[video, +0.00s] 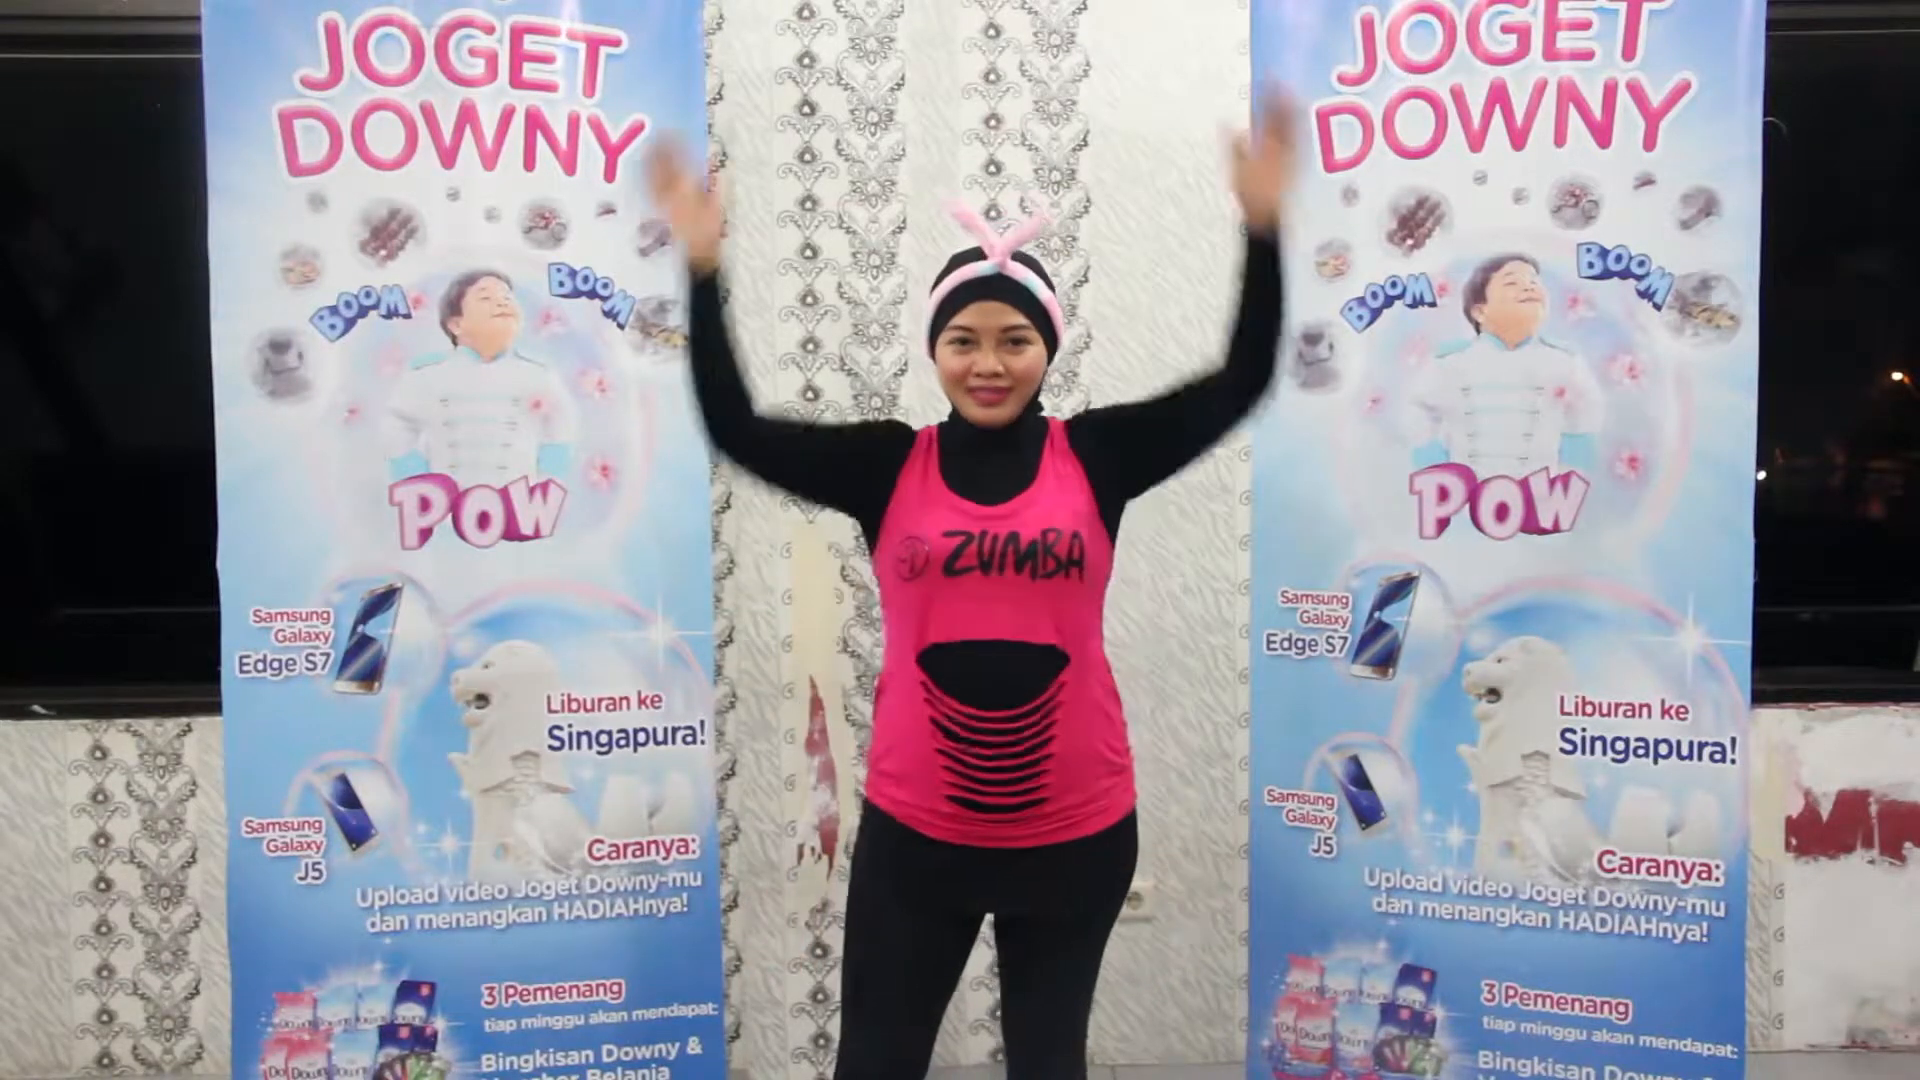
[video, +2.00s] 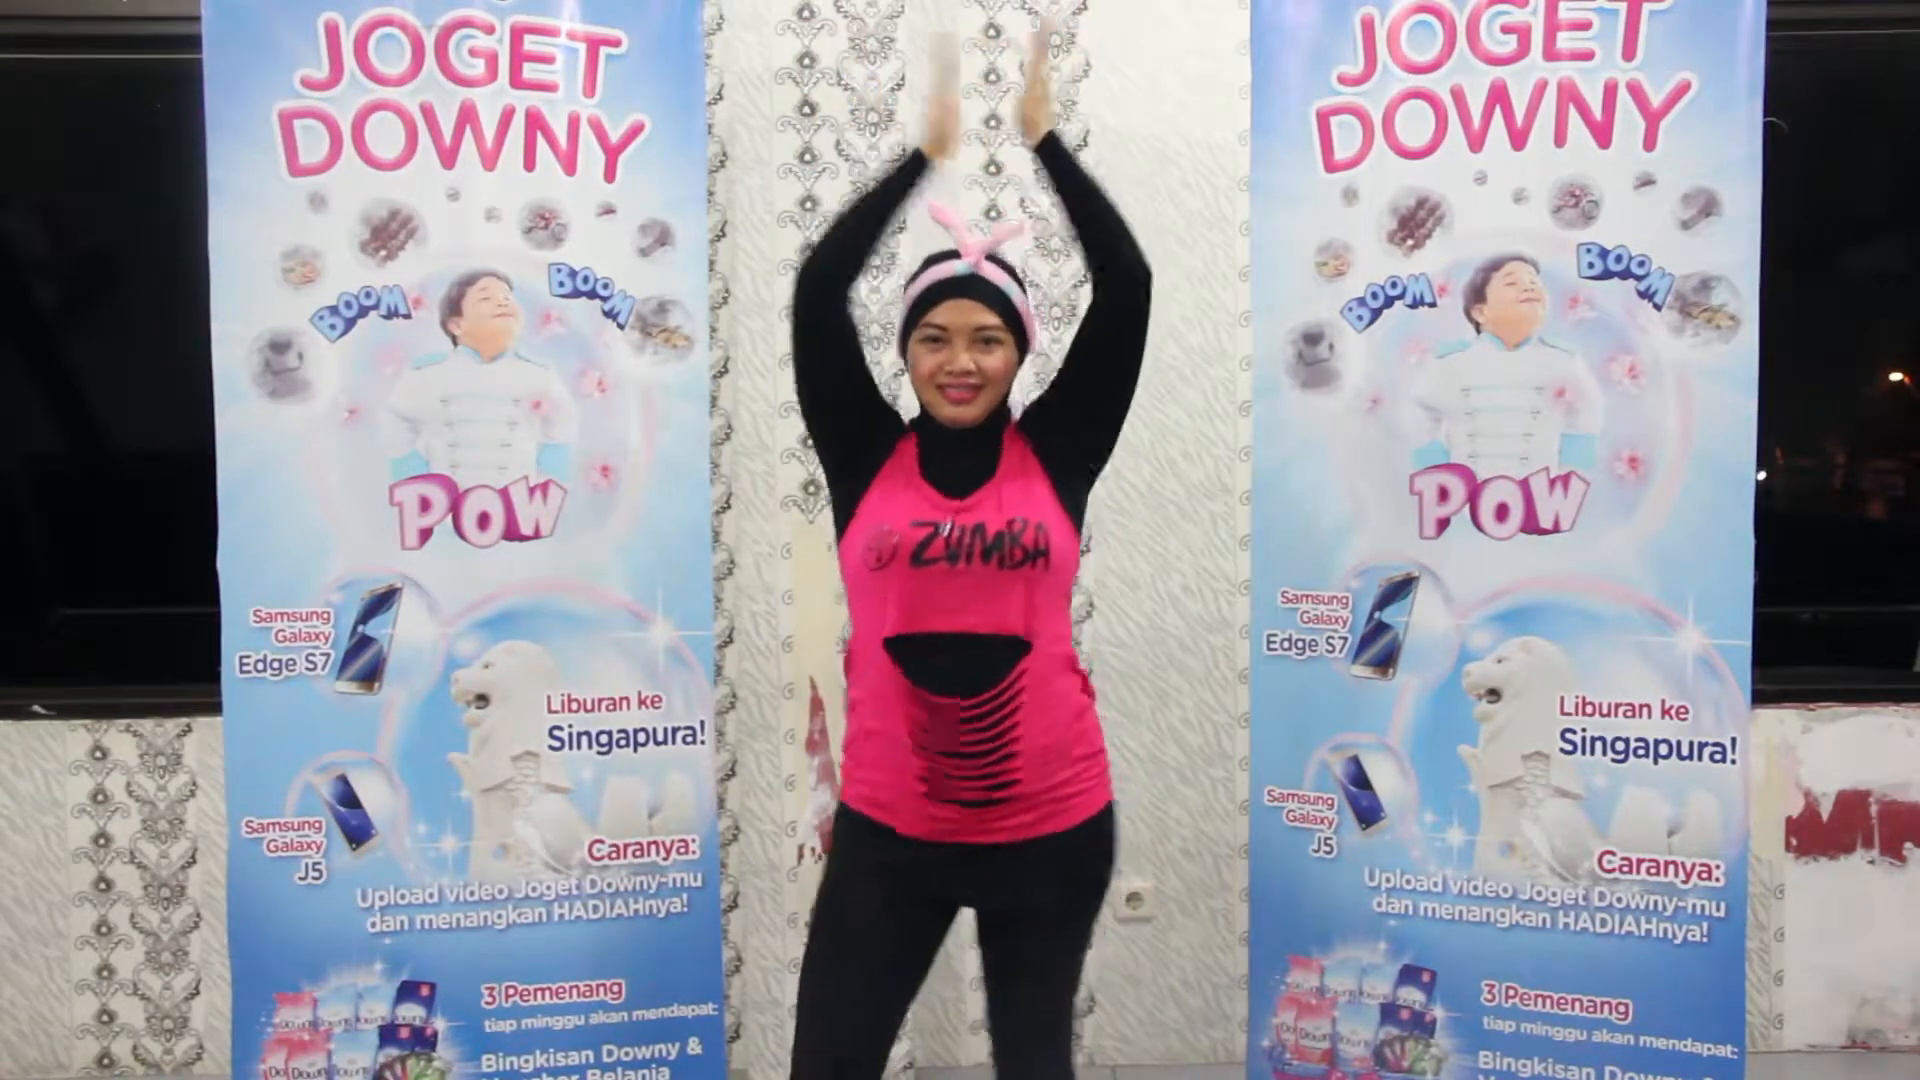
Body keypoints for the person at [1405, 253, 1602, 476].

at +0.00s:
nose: (1529, 287)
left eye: (1534, 281)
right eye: (1511, 282)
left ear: (1545, 300)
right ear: (1478, 310)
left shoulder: (1564, 364)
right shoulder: (1447, 366)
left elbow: (1582, 429)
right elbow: (1415, 414)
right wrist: (1433, 474)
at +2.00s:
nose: (1528, 286)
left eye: (1534, 281)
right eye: (1510, 283)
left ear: (1545, 300)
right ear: (1478, 311)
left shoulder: (1564, 363)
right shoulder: (1446, 366)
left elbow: (1583, 422)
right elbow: (1415, 415)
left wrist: (1566, 485)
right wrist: (1434, 475)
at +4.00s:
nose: (1530, 287)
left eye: (1535, 281)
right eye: (1511, 283)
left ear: (1545, 300)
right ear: (1479, 311)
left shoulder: (1565, 362)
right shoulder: (1446, 365)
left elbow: (1584, 428)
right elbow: (1418, 421)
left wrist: (1566, 490)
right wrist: (1436, 480)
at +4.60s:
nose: (1529, 287)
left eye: (1535, 281)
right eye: (1511, 283)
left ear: (1545, 298)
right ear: (1479, 312)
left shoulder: (1565, 363)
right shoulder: (1447, 365)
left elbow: (1584, 425)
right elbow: (1414, 417)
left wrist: (1565, 488)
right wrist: (1436, 477)